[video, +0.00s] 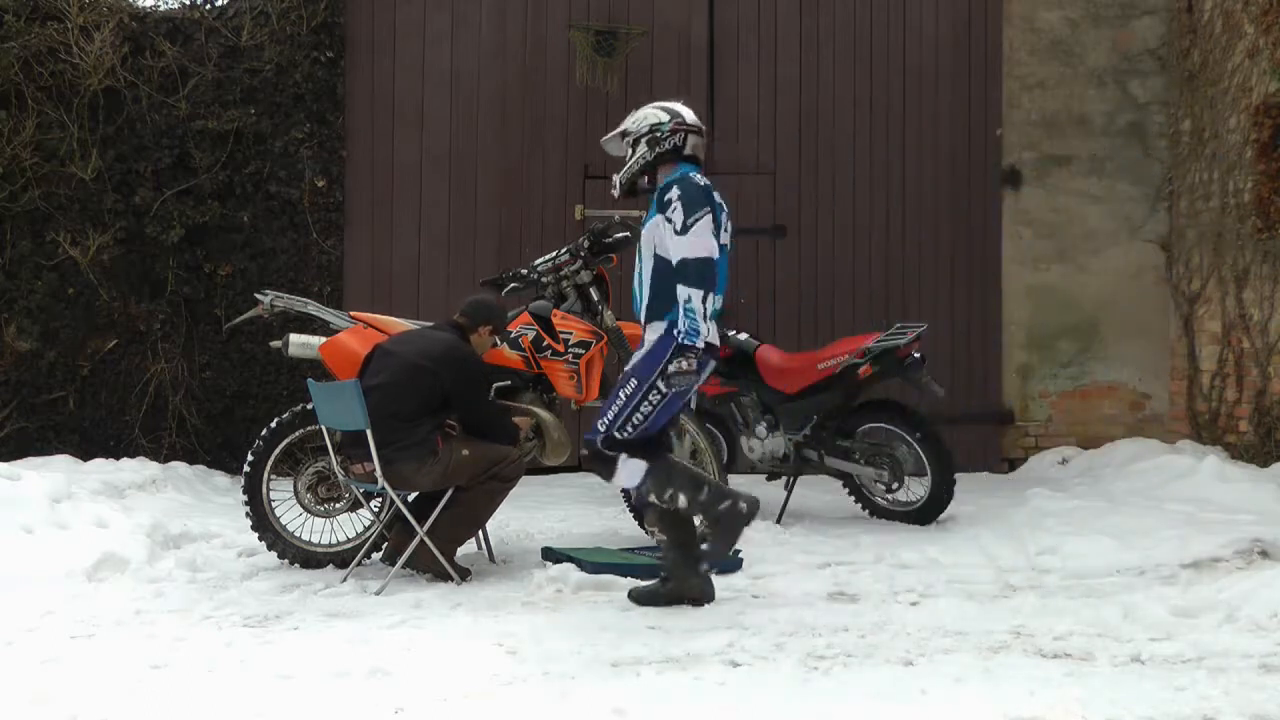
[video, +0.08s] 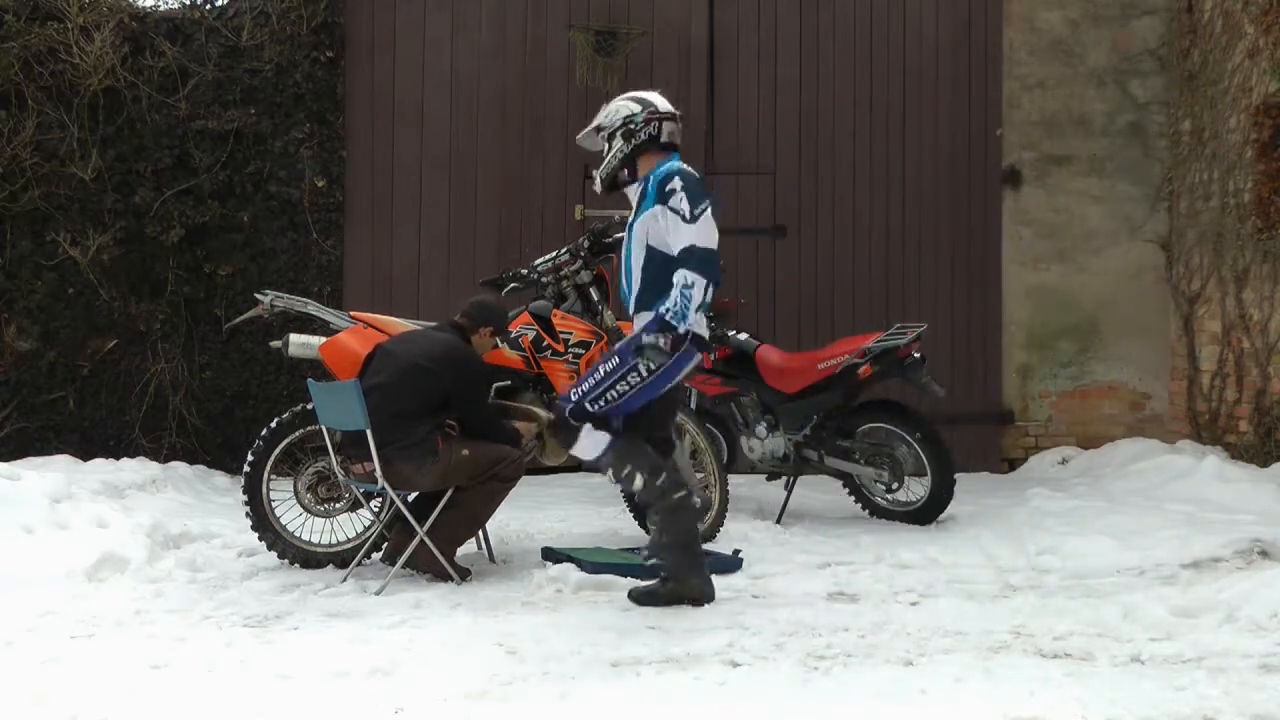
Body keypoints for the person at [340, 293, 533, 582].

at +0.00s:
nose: (492, 347)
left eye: (495, 341)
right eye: (494, 340)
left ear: (461, 318)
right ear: (484, 331)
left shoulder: (406, 338)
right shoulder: (463, 359)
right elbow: (481, 424)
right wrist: (514, 428)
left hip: (357, 455)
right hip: (399, 461)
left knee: (466, 453)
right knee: (508, 464)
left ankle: (402, 542)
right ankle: (435, 551)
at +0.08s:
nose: (493, 347)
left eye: (496, 341)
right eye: (495, 339)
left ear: (460, 319)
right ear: (483, 332)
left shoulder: (408, 338)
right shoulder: (466, 362)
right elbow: (478, 427)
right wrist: (516, 433)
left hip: (359, 452)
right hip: (399, 462)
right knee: (508, 463)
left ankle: (403, 541)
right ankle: (435, 551)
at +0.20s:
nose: (495, 352)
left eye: (499, 346)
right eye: (497, 344)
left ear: (464, 320)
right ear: (486, 334)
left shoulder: (406, 339)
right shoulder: (467, 363)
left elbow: (366, 392)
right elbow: (480, 427)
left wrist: (434, 424)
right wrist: (518, 441)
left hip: (359, 453)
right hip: (398, 462)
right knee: (508, 463)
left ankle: (403, 543)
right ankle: (435, 551)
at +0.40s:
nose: (499, 352)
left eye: (502, 345)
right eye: (501, 344)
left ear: (467, 323)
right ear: (490, 337)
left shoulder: (412, 339)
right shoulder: (468, 362)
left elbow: (366, 388)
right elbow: (486, 430)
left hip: (360, 453)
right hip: (399, 463)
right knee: (504, 463)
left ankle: (403, 543)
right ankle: (435, 552)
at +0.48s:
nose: (500, 353)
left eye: (503, 347)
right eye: (501, 346)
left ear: (468, 324)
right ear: (491, 338)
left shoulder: (413, 339)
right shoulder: (474, 366)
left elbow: (366, 391)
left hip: (362, 454)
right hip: (402, 464)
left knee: (466, 457)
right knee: (503, 468)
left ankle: (402, 544)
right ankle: (435, 551)